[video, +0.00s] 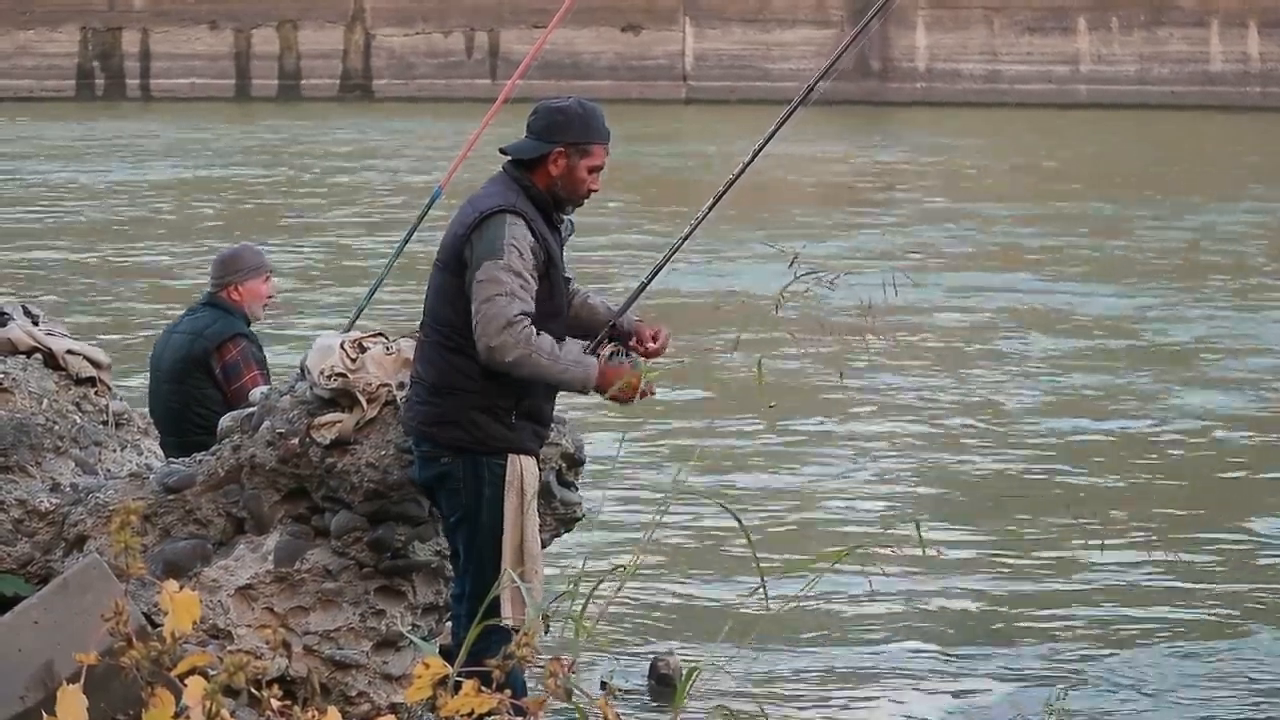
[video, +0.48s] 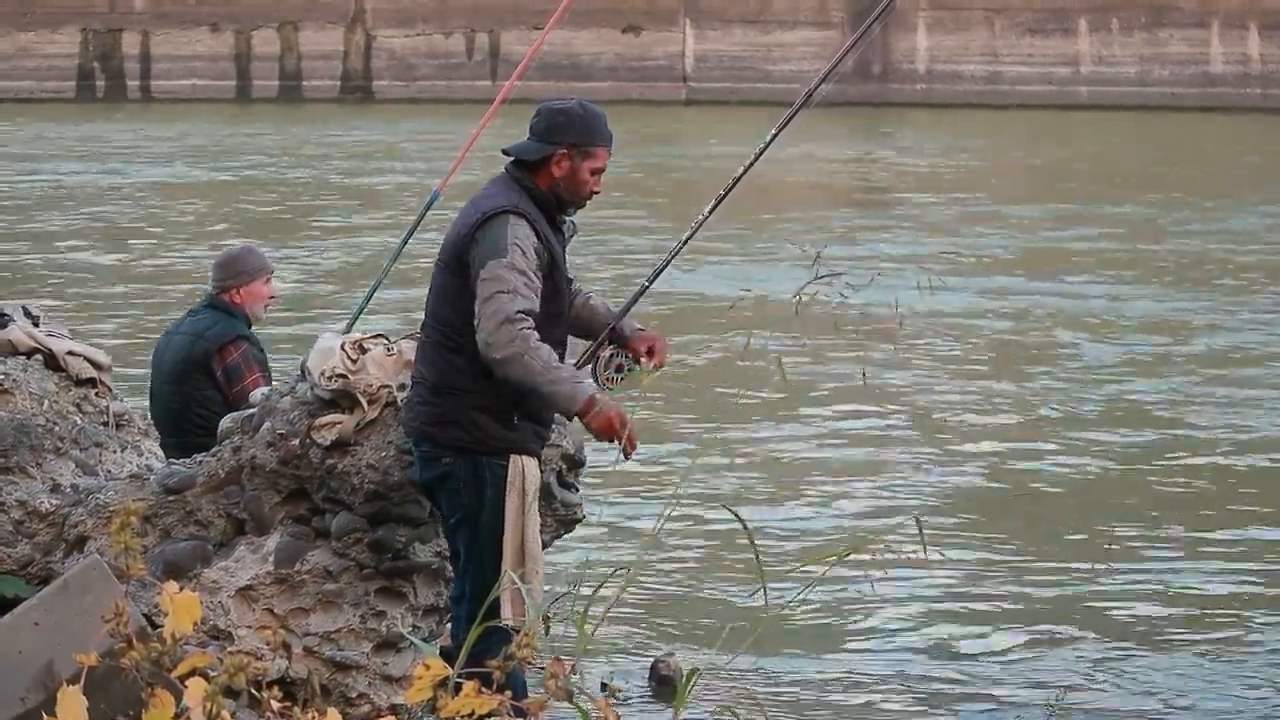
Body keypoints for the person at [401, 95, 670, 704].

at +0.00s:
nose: (598, 182)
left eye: (601, 169)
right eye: (592, 169)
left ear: (560, 160)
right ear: (554, 161)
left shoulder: (533, 217)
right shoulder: (506, 223)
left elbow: (554, 303)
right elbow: (503, 337)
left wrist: (623, 328)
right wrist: (594, 372)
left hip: (494, 437)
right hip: (469, 442)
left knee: (497, 595)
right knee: (490, 600)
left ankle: (489, 711)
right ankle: (484, 713)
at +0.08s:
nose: (598, 183)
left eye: (601, 170)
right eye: (592, 169)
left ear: (560, 161)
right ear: (554, 161)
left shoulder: (533, 216)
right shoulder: (506, 224)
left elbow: (553, 301)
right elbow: (503, 337)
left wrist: (622, 327)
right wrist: (597, 380)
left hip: (494, 435)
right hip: (469, 441)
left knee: (496, 592)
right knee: (489, 597)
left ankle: (486, 709)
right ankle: (483, 712)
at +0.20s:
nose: (598, 183)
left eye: (601, 170)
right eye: (593, 170)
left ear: (559, 161)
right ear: (556, 162)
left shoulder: (531, 215)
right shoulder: (507, 224)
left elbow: (551, 300)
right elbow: (506, 340)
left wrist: (619, 329)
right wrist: (595, 397)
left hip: (491, 434)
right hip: (469, 440)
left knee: (496, 593)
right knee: (490, 598)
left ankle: (489, 712)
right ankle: (482, 714)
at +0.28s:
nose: (598, 184)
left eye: (602, 171)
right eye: (593, 171)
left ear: (560, 161)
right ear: (556, 162)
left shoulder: (531, 216)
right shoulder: (507, 225)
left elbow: (552, 300)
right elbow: (508, 340)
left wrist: (618, 330)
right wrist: (593, 400)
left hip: (491, 434)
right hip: (468, 440)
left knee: (495, 593)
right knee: (490, 598)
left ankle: (488, 711)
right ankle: (484, 714)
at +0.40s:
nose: (599, 184)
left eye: (602, 171)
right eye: (594, 171)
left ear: (560, 161)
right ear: (558, 162)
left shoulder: (530, 215)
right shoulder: (508, 225)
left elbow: (552, 299)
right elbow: (507, 339)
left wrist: (621, 331)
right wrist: (590, 402)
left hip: (489, 437)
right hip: (468, 443)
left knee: (494, 595)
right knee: (490, 600)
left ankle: (486, 710)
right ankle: (485, 712)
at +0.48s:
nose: (600, 184)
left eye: (603, 171)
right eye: (595, 171)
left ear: (561, 161)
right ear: (559, 162)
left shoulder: (531, 215)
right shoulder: (509, 224)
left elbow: (554, 299)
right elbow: (504, 336)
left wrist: (622, 332)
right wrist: (586, 401)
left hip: (488, 435)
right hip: (468, 442)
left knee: (495, 594)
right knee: (490, 599)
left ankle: (490, 712)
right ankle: (484, 714)